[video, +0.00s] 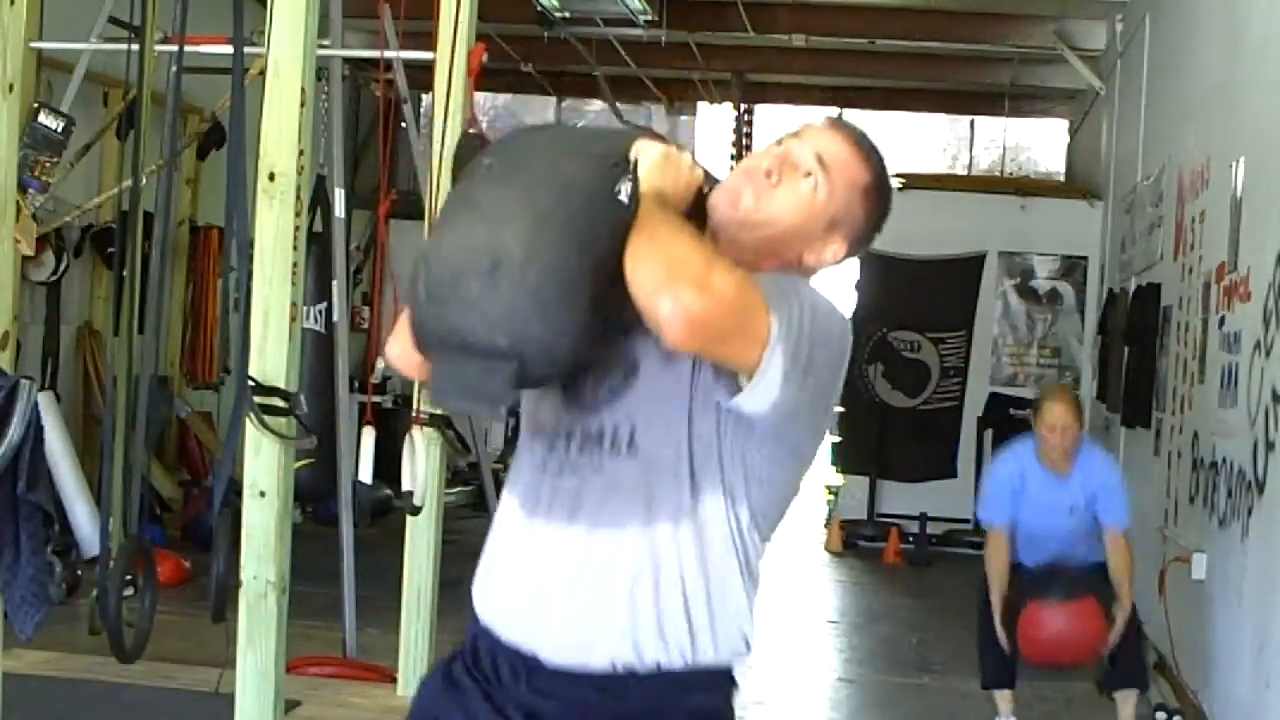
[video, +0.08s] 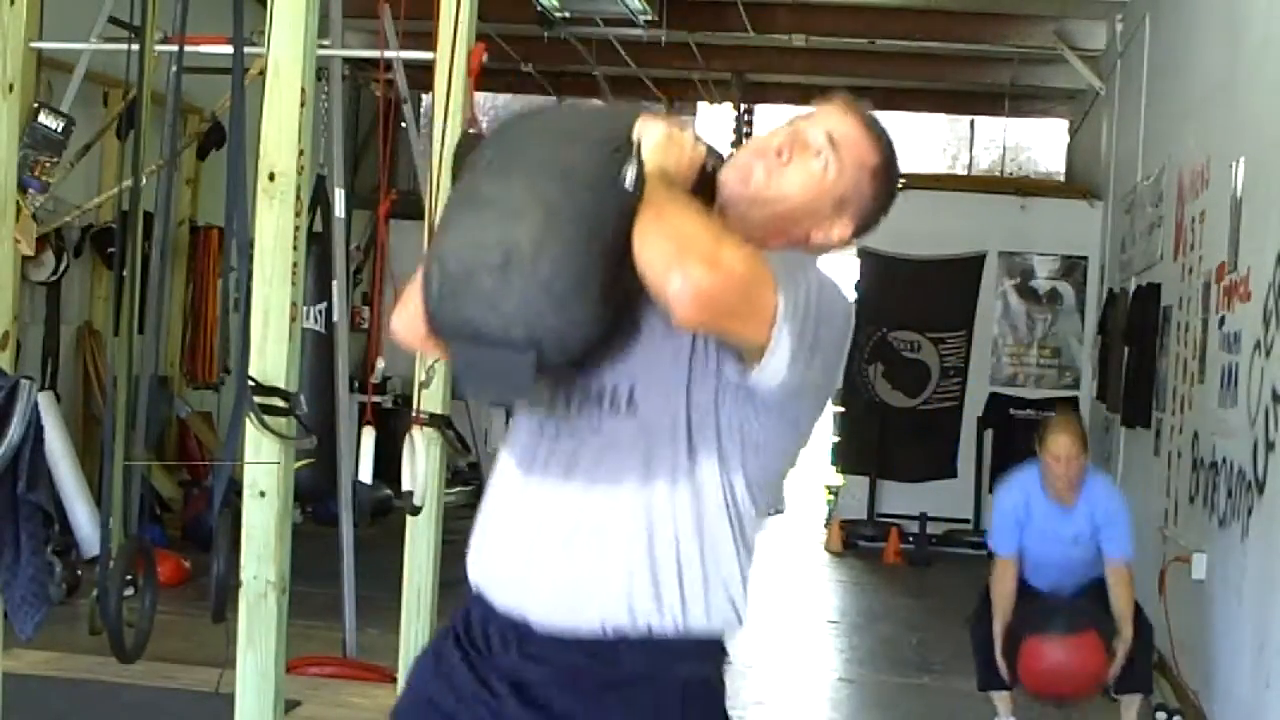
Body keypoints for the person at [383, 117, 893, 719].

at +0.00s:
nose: (773, 158)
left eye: (809, 173)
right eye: (782, 144)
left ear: (825, 249)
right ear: (753, 153)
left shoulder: (811, 328)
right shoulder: (597, 264)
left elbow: (685, 310)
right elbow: (408, 350)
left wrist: (657, 202)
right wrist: (523, 219)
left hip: (651, 698)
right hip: (488, 675)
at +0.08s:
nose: (784, 138)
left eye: (819, 153)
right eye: (795, 123)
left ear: (831, 228)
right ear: (763, 131)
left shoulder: (812, 305)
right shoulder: (606, 241)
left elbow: (694, 286)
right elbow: (411, 324)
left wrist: (664, 180)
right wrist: (530, 199)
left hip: (646, 683)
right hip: (479, 653)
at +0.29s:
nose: (826, 52)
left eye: (856, 73)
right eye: (831, 39)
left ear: (863, 148)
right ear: (796, 38)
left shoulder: (818, 201)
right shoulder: (598, 154)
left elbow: (750, 79)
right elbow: (437, 122)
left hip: (622, 561)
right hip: (464, 530)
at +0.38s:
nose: (828, 51)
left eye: (856, 65)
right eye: (836, 44)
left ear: (866, 131)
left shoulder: (798, 174)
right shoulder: (602, 140)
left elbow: (792, 13)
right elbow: (488, 38)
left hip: (626, 573)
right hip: (470, 545)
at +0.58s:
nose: (734, 56)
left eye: (764, 57)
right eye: (739, 47)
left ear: (793, 106)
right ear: (713, 65)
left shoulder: (781, 173)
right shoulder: (610, 143)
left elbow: (805, 10)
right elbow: (601, 7)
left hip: (652, 600)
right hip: (496, 573)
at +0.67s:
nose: (733, 37)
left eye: (762, 40)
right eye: (735, 30)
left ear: (779, 79)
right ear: (705, 42)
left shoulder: (781, 153)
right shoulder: (605, 131)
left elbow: (794, 7)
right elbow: (617, 4)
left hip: (663, 599)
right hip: (504, 574)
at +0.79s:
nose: (734, 24)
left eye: (764, 28)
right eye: (734, 11)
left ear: (779, 69)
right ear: (702, 33)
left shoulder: (778, 147)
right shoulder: (605, 124)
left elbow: (800, 3)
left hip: (666, 597)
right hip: (506, 574)